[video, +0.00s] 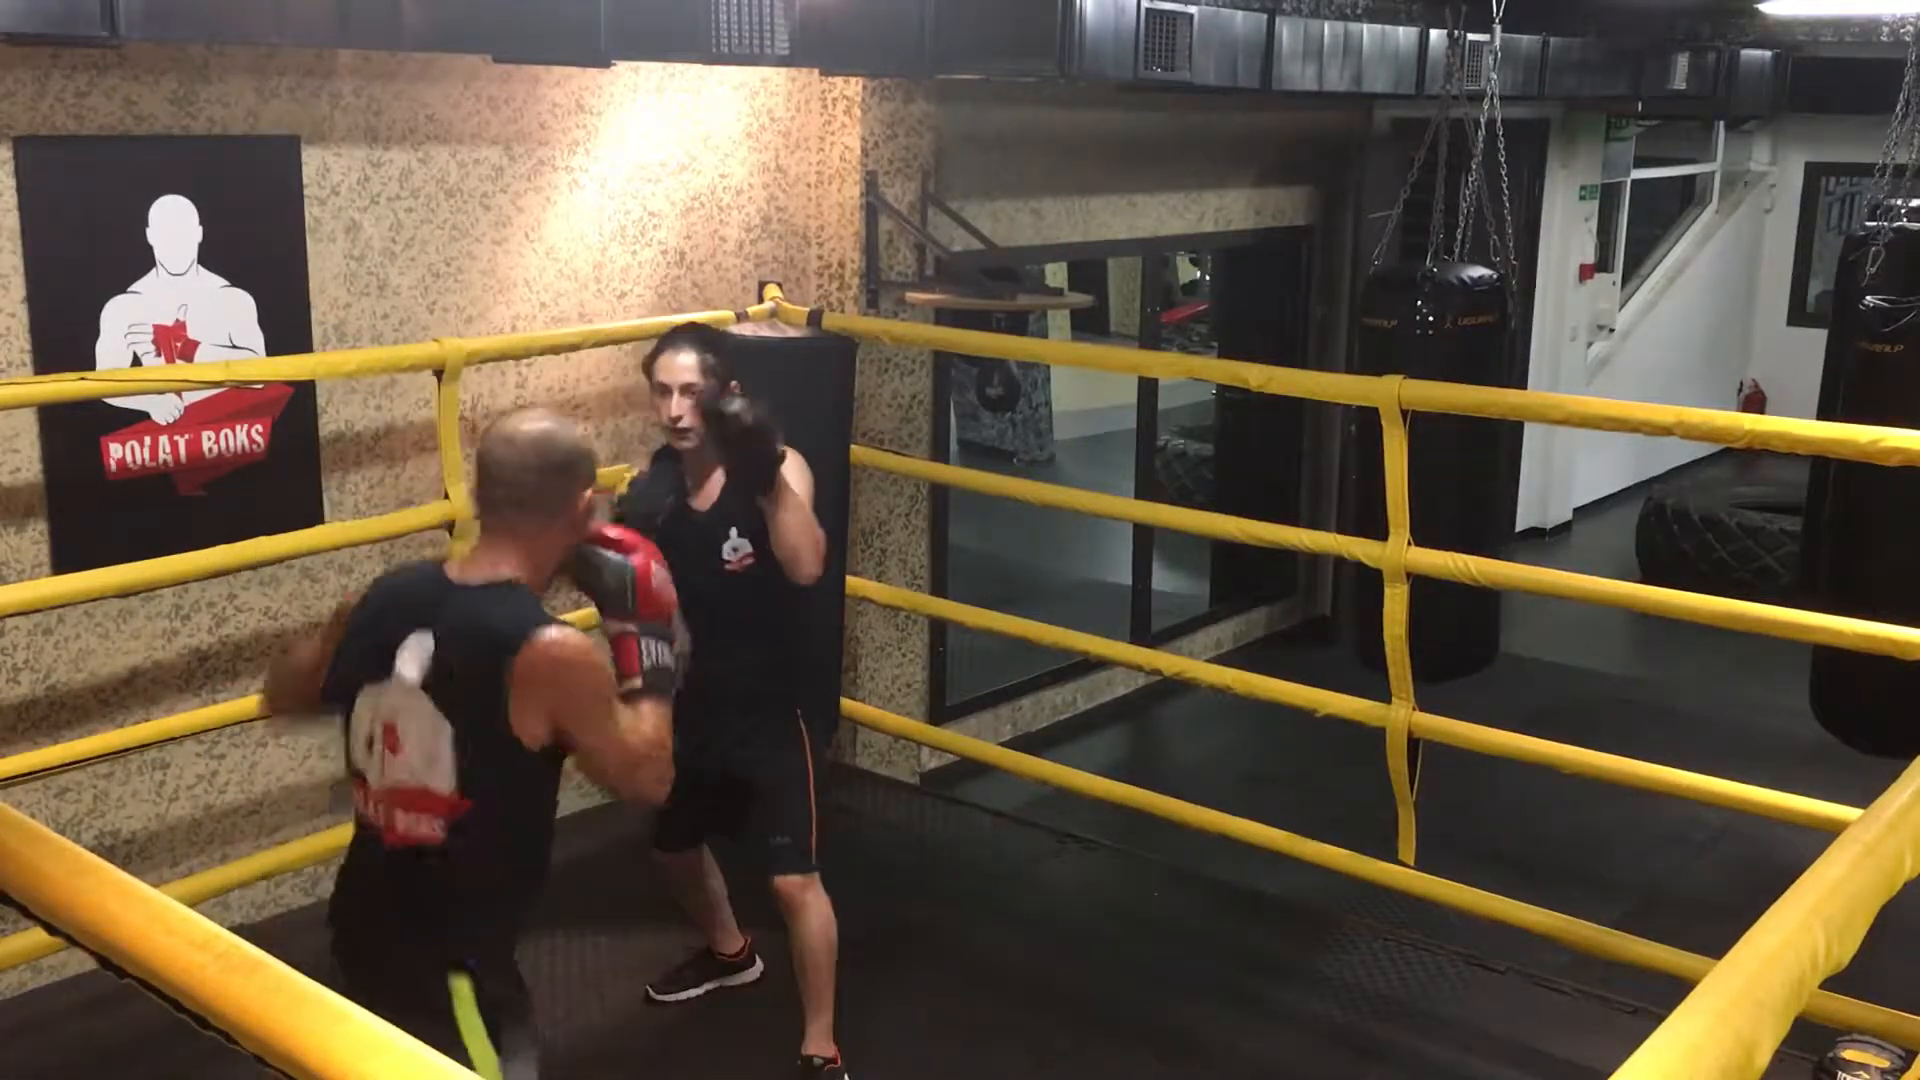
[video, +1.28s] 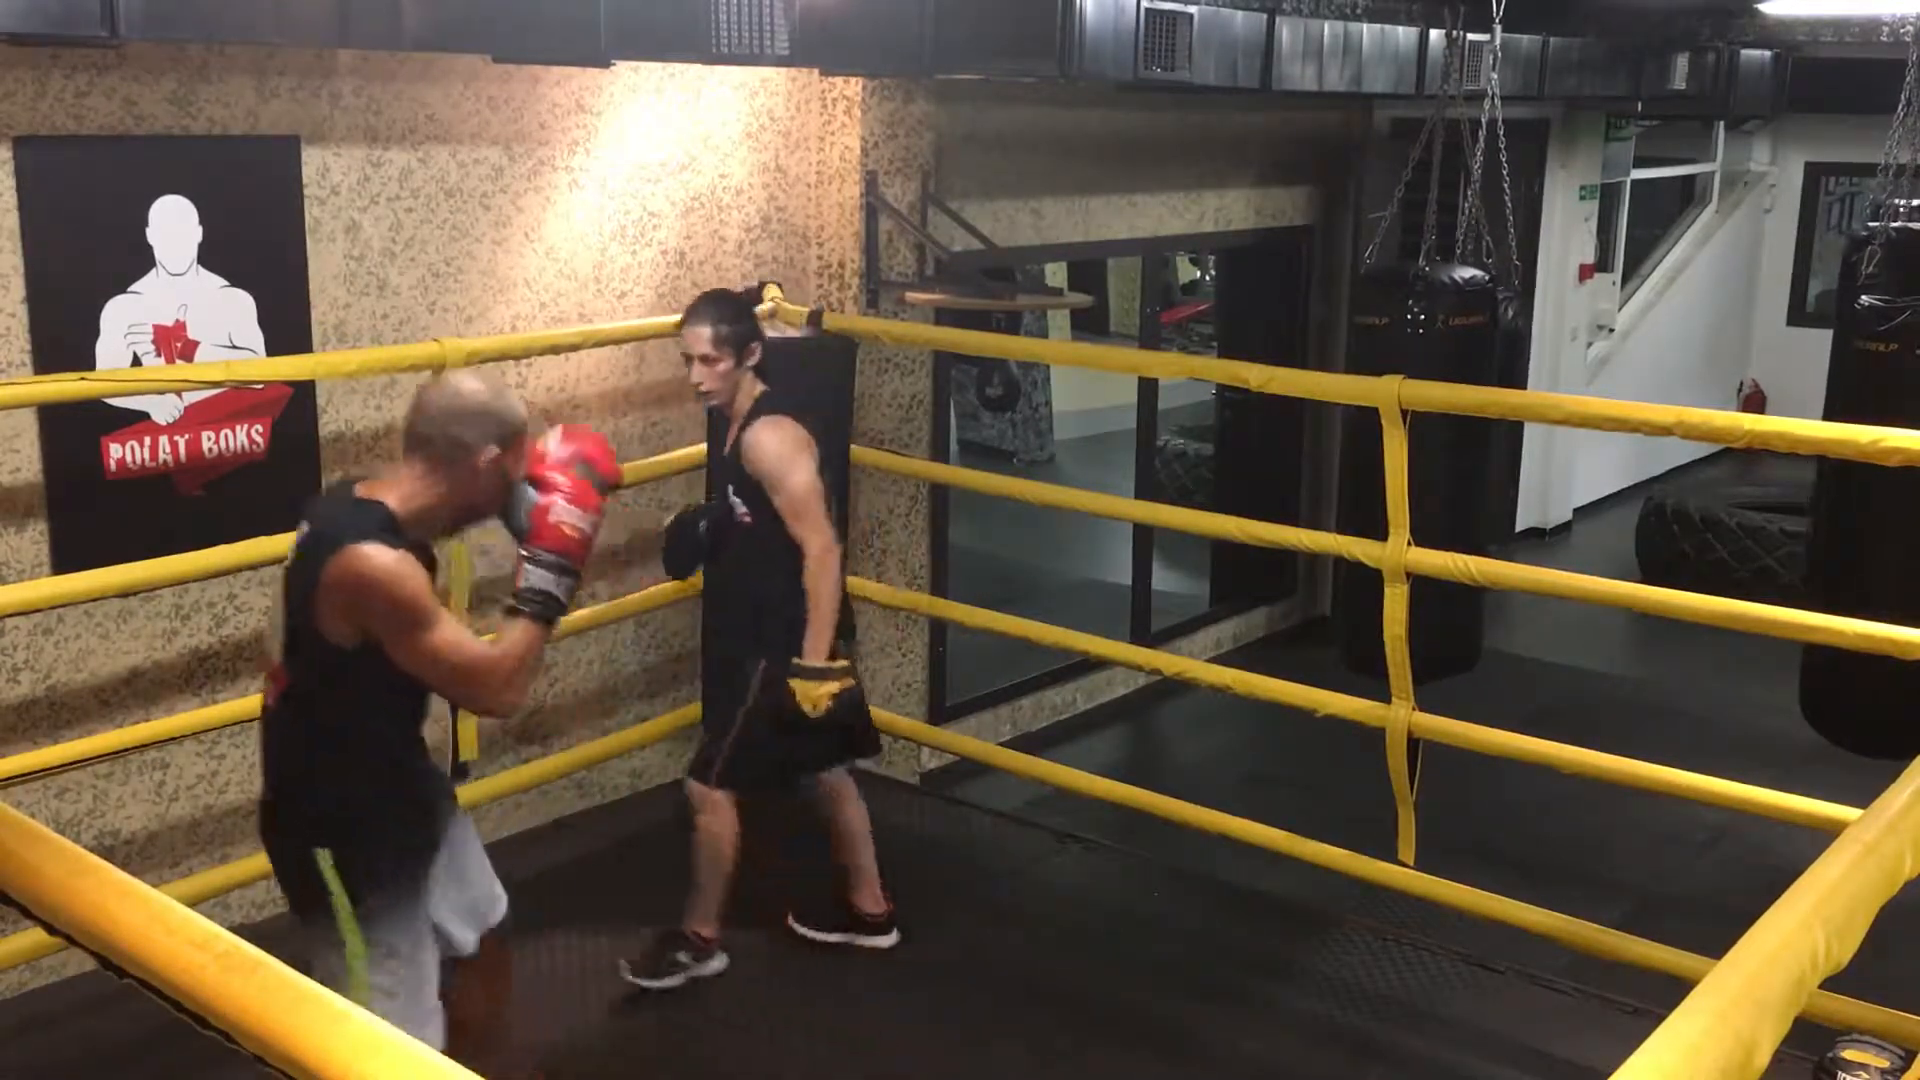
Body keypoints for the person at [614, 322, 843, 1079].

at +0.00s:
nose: (674, 408)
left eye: (689, 393)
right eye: (663, 393)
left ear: (726, 394)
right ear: (653, 397)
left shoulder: (778, 467)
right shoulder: (653, 486)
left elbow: (805, 566)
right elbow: (625, 594)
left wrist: (763, 467)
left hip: (777, 695)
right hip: (695, 692)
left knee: (792, 877)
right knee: (676, 840)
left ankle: (821, 1048)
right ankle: (729, 952)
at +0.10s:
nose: (684, 409)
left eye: (701, 393)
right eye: (674, 395)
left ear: (735, 400)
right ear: (664, 405)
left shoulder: (783, 478)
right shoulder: (672, 485)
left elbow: (786, 570)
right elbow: (606, 545)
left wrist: (765, 471)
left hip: (788, 698)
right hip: (718, 689)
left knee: (790, 881)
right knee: (688, 833)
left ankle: (820, 1048)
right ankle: (742, 949)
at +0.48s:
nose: (730, 398)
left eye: (746, 382)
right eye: (721, 382)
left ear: (787, 386)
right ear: (712, 386)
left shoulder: (829, 470)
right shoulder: (721, 461)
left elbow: (870, 589)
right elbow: (650, 500)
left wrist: (798, 549)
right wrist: (670, 504)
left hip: (824, 697)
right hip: (743, 684)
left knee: (819, 871)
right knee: (724, 819)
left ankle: (861, 1020)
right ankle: (776, 940)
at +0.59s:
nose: (748, 398)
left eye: (764, 382)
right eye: (740, 382)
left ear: (805, 387)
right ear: (732, 388)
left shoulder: (858, 474)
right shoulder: (730, 466)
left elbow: (920, 574)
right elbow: (642, 526)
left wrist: (865, 640)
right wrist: (674, 477)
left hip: (831, 694)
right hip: (750, 689)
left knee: (831, 861)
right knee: (754, 819)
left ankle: (860, 1018)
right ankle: (804, 908)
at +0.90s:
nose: (773, 381)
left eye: (789, 366)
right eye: (765, 366)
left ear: (830, 371)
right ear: (759, 371)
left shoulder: (862, 463)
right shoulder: (765, 449)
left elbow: (912, 577)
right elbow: (752, 540)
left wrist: (861, 667)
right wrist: (711, 515)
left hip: (836, 671)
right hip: (781, 660)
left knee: (826, 843)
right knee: (806, 815)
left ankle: (865, 1020)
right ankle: (863, 909)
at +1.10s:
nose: (734, 369)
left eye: (747, 355)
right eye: (728, 355)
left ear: (789, 354)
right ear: (733, 354)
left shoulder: (809, 435)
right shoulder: (774, 427)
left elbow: (858, 546)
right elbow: (790, 531)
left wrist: (841, 659)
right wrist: (727, 532)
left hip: (813, 649)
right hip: (799, 637)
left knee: (768, 806)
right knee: (829, 788)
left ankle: (803, 981)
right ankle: (871, 913)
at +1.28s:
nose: (697, 377)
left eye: (708, 362)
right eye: (690, 363)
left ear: (747, 357)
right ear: (694, 360)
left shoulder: (773, 438)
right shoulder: (738, 422)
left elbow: (822, 549)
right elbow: (759, 518)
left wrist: (815, 662)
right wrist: (708, 534)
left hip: (768, 645)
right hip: (768, 634)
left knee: (711, 787)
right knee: (827, 771)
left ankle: (700, 937)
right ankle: (869, 909)